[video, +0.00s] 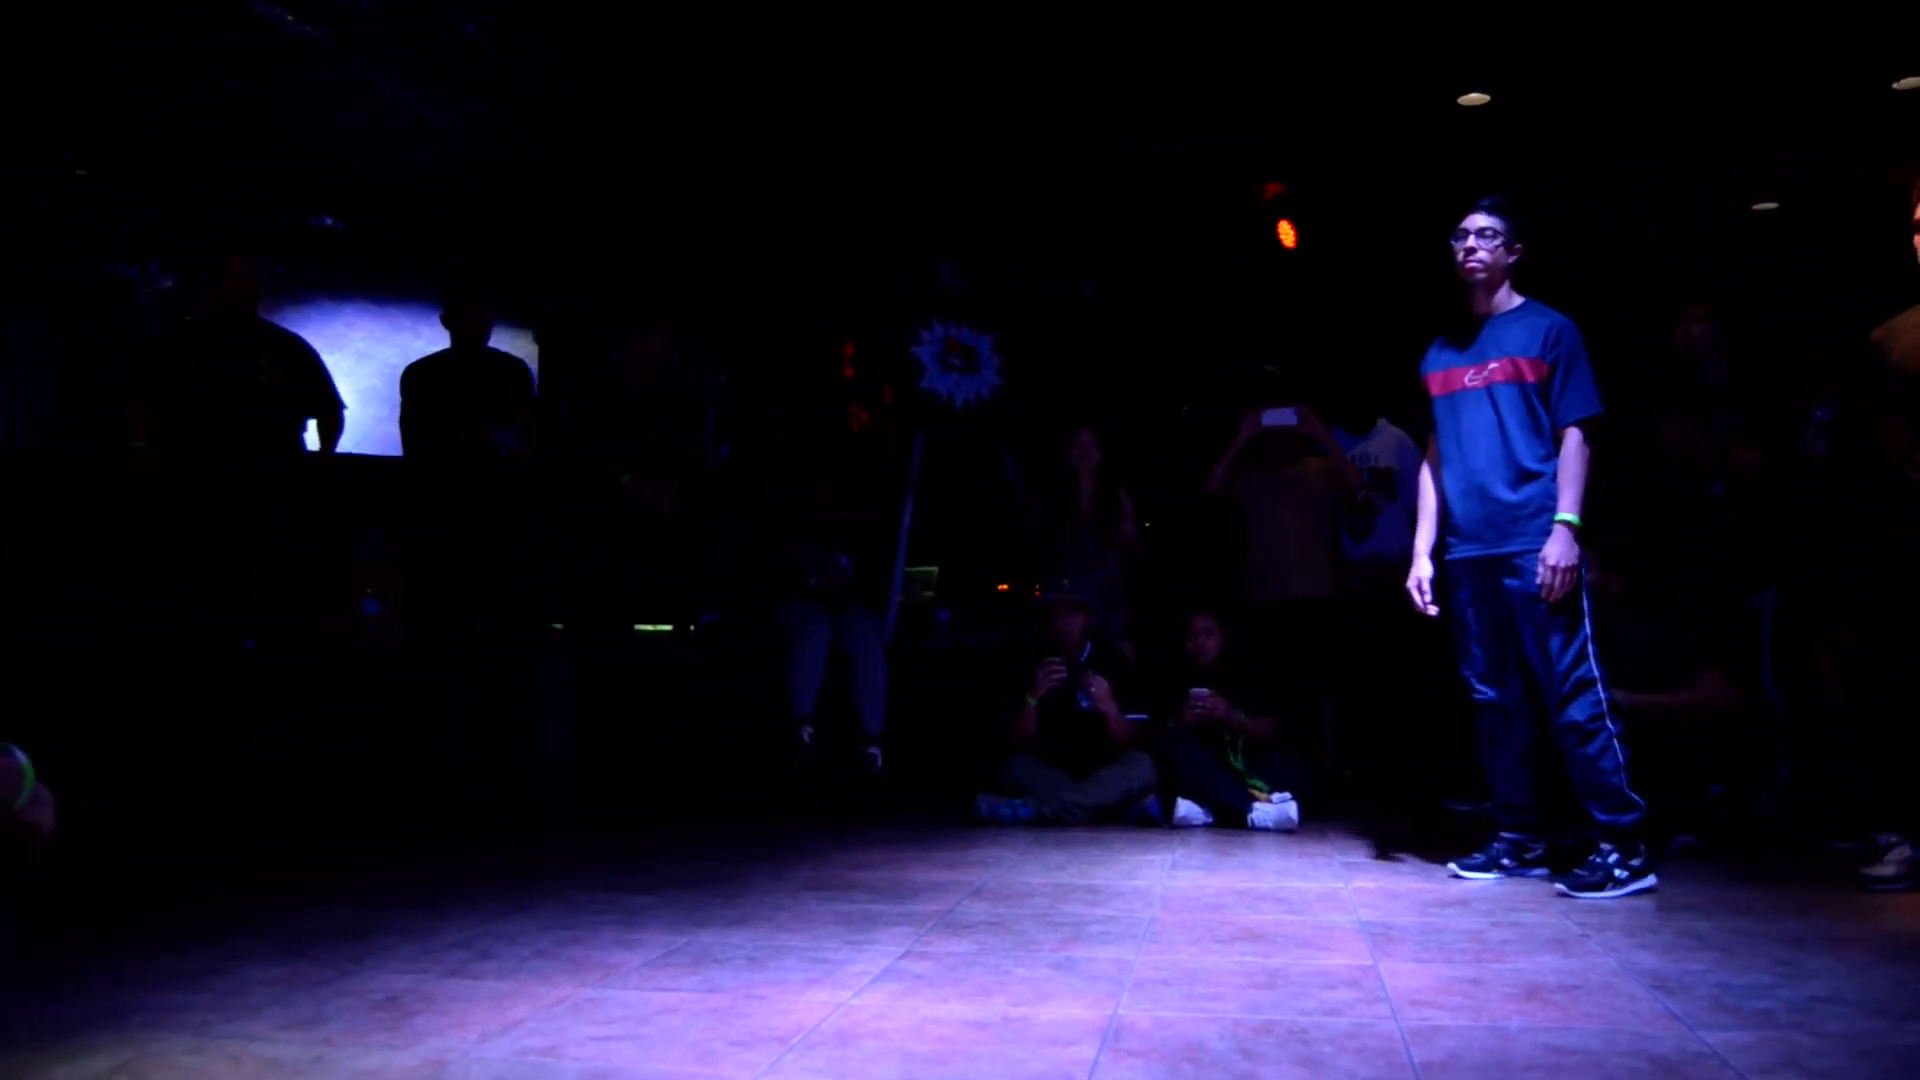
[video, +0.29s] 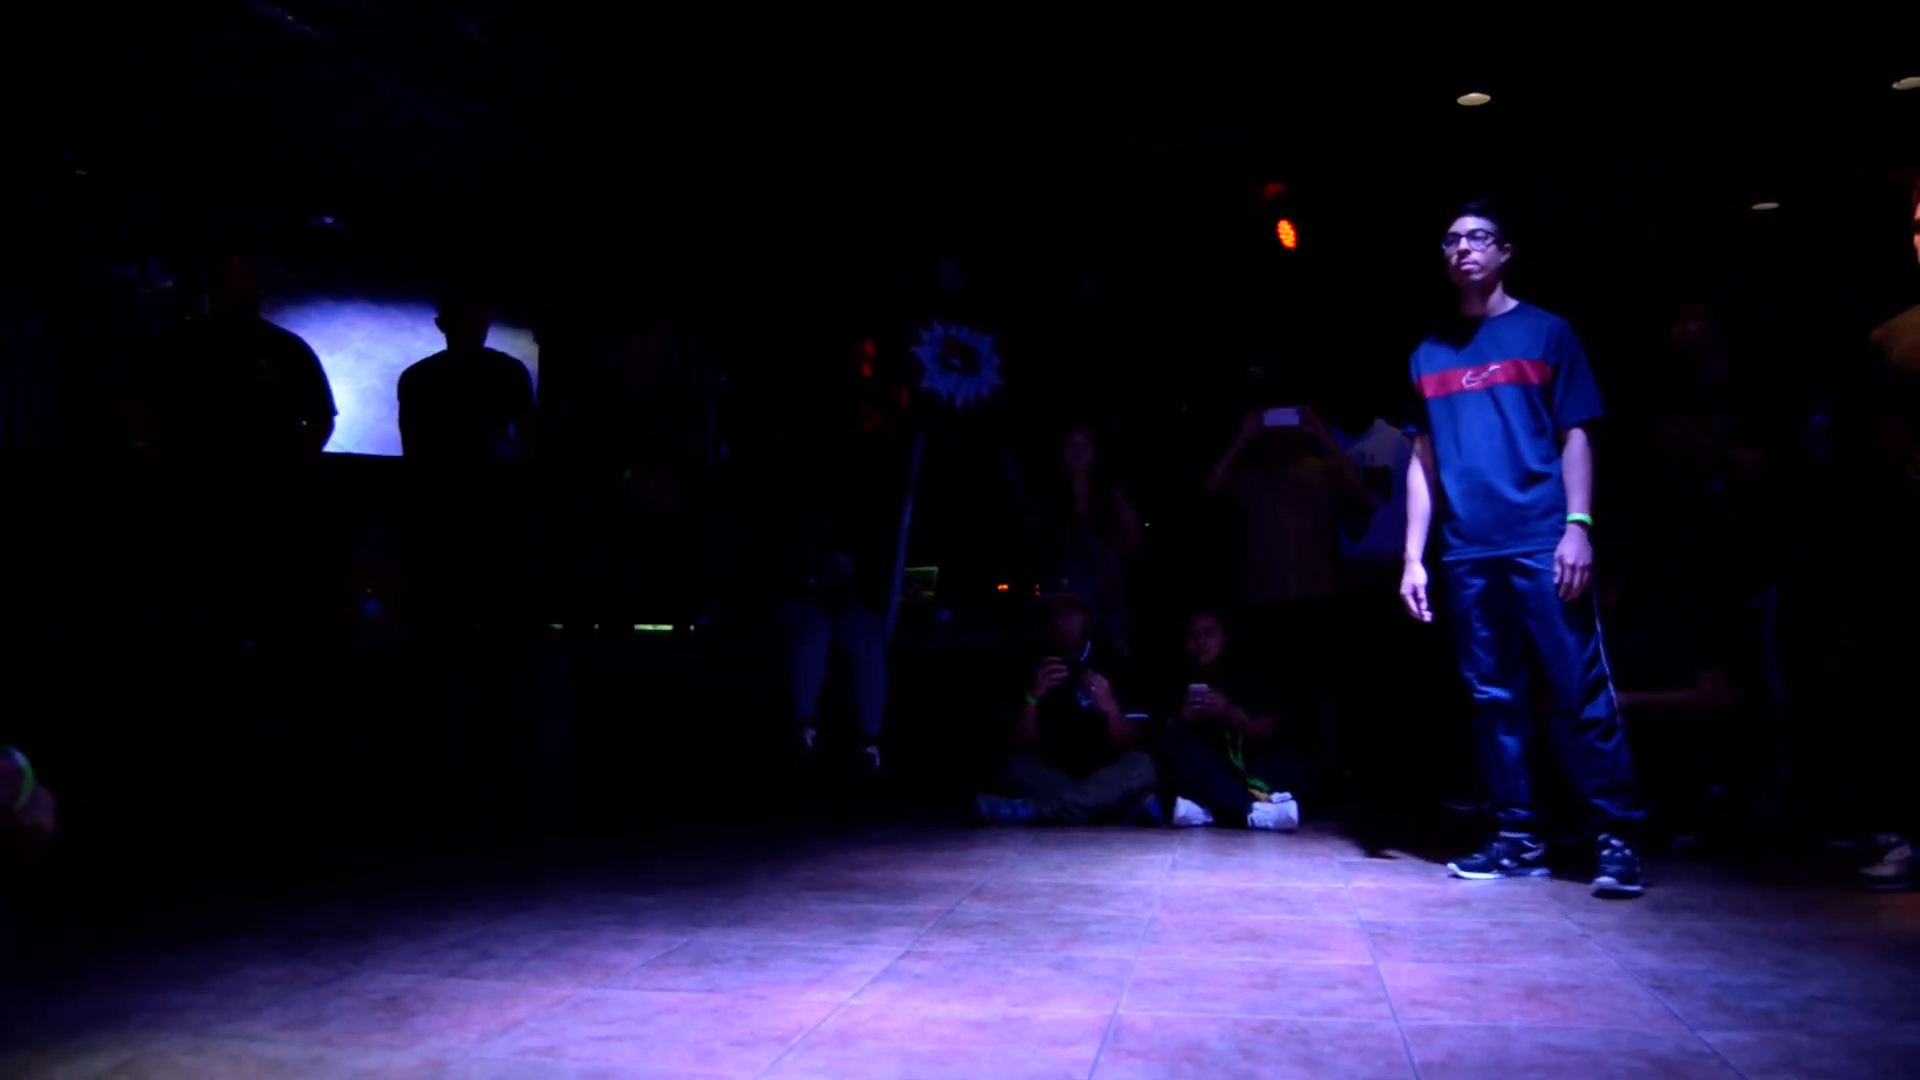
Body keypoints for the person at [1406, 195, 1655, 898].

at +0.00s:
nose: (1468, 248)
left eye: (1483, 238)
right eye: (1461, 239)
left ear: (1513, 252)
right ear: (1452, 254)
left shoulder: (1548, 332)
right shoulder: (1440, 356)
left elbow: (1575, 436)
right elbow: (1434, 459)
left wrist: (1565, 530)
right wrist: (1422, 551)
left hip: (1534, 543)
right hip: (1464, 551)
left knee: (1572, 697)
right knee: (1495, 699)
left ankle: (1623, 846)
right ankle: (1518, 838)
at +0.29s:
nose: (1461, 251)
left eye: (1475, 240)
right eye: (1453, 242)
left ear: (1504, 254)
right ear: (1444, 259)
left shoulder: (1546, 335)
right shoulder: (1429, 357)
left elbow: (1574, 437)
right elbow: (1421, 460)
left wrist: (1578, 527)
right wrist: (1413, 556)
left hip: (1540, 543)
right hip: (1465, 553)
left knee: (1581, 693)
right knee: (1492, 698)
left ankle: (1616, 841)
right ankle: (1517, 836)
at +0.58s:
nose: (1476, 252)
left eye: (1489, 241)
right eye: (1467, 243)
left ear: (1516, 254)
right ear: (1456, 259)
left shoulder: (1555, 336)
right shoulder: (1436, 354)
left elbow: (1582, 439)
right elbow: (1422, 455)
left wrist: (1586, 530)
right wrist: (1405, 547)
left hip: (1549, 541)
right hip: (1472, 549)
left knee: (1598, 688)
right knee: (1498, 695)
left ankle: (1638, 838)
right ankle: (1519, 838)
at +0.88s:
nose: (1504, 248)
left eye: (1517, 237)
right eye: (1495, 239)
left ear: (1543, 250)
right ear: (1483, 255)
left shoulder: (1583, 337)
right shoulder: (1458, 349)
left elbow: (1605, 440)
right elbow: (1444, 451)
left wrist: (1610, 531)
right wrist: (1431, 547)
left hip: (1569, 542)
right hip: (1487, 547)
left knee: (1601, 692)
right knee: (1505, 695)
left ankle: (1641, 842)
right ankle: (1519, 837)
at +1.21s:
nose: (1535, 242)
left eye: (1548, 231)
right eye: (1525, 232)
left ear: (1574, 244)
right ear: (1512, 248)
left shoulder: (1611, 334)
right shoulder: (1482, 342)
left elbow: (1633, 440)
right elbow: (1472, 446)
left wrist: (1642, 531)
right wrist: (1468, 543)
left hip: (1595, 540)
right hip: (1513, 541)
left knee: (1608, 690)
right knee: (1519, 692)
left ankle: (1638, 840)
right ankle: (1519, 836)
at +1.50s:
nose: (1559, 239)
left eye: (1572, 228)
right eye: (1548, 230)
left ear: (1600, 240)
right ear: (1537, 245)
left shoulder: (1635, 333)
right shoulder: (1505, 336)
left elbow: (1655, 440)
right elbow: (1489, 440)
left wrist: (1662, 531)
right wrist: (1479, 536)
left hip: (1614, 542)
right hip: (1528, 543)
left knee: (1622, 694)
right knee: (1527, 691)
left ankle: (1639, 841)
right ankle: (1520, 836)